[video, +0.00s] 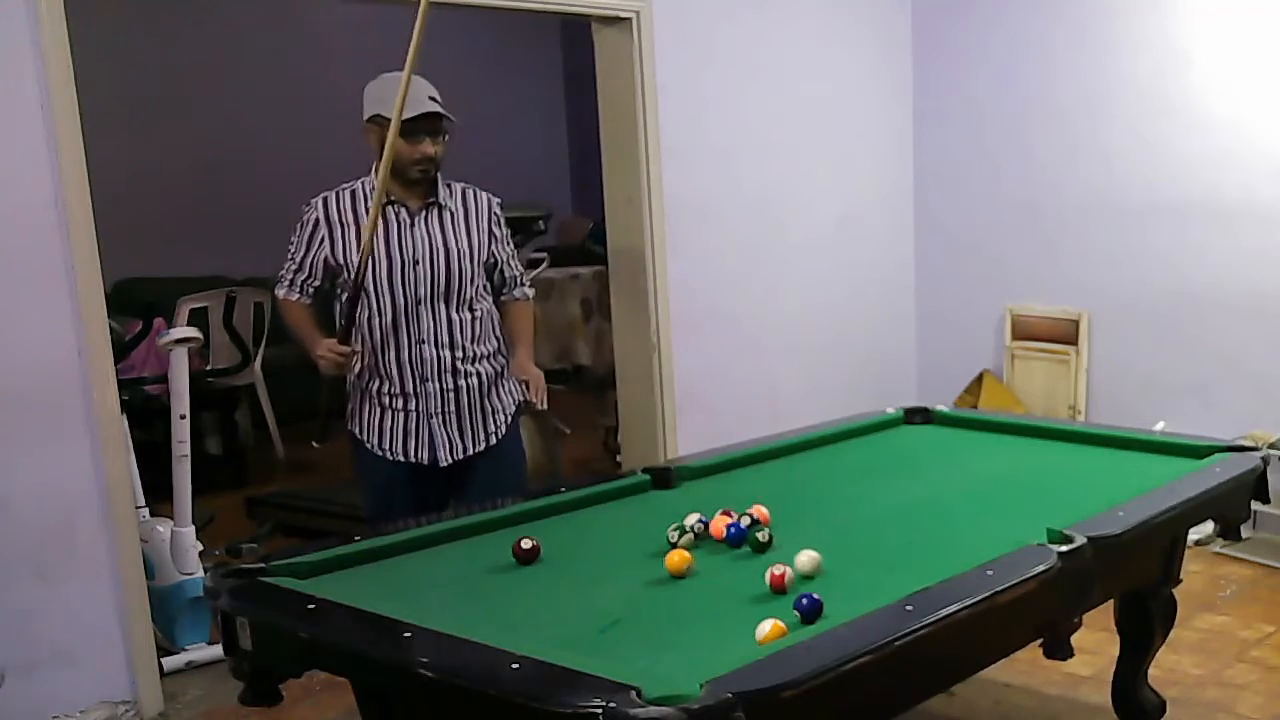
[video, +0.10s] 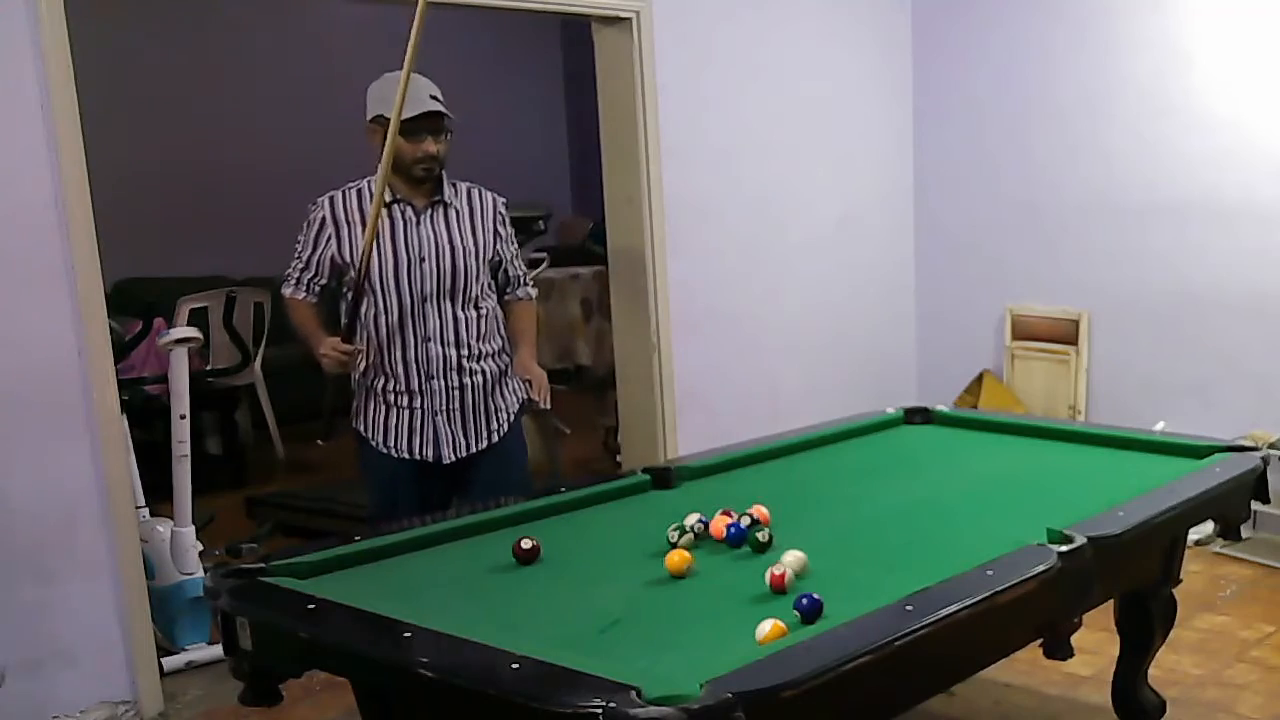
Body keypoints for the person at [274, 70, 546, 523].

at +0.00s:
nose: (428, 148)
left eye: (436, 135)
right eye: (412, 136)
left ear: (447, 137)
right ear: (374, 135)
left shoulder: (480, 210)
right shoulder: (329, 216)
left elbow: (515, 290)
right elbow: (291, 292)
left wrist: (524, 356)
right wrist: (316, 344)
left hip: (485, 424)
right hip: (391, 431)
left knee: (503, 561)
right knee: (407, 572)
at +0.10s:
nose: (430, 147)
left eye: (438, 134)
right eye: (413, 135)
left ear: (449, 135)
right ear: (377, 136)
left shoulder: (486, 209)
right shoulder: (336, 215)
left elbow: (518, 289)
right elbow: (298, 289)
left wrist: (526, 356)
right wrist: (320, 342)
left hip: (489, 421)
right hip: (396, 428)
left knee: (509, 557)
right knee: (409, 569)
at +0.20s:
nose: (437, 146)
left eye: (446, 133)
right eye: (420, 134)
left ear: (458, 133)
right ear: (386, 135)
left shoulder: (494, 209)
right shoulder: (348, 213)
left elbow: (524, 288)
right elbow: (309, 289)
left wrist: (532, 355)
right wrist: (328, 338)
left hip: (494, 417)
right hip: (403, 424)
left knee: (513, 551)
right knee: (413, 563)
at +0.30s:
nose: (449, 146)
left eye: (458, 132)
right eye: (433, 134)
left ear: (470, 133)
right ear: (402, 136)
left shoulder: (507, 209)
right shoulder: (363, 210)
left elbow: (535, 288)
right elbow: (323, 287)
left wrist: (541, 352)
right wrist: (341, 333)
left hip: (502, 417)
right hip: (412, 422)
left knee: (512, 550)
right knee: (420, 560)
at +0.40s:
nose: (464, 146)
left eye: (473, 133)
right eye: (447, 134)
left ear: (485, 134)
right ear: (417, 135)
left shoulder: (519, 210)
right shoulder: (377, 207)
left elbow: (546, 290)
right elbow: (336, 285)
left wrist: (554, 354)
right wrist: (356, 331)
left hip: (510, 417)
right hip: (421, 420)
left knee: (519, 549)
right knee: (429, 556)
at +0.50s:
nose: (475, 148)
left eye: (484, 135)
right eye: (459, 136)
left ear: (496, 136)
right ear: (431, 136)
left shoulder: (529, 210)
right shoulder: (388, 207)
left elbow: (555, 291)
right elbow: (345, 284)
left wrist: (567, 353)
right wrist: (369, 329)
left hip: (516, 417)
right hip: (429, 420)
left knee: (521, 551)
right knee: (432, 558)